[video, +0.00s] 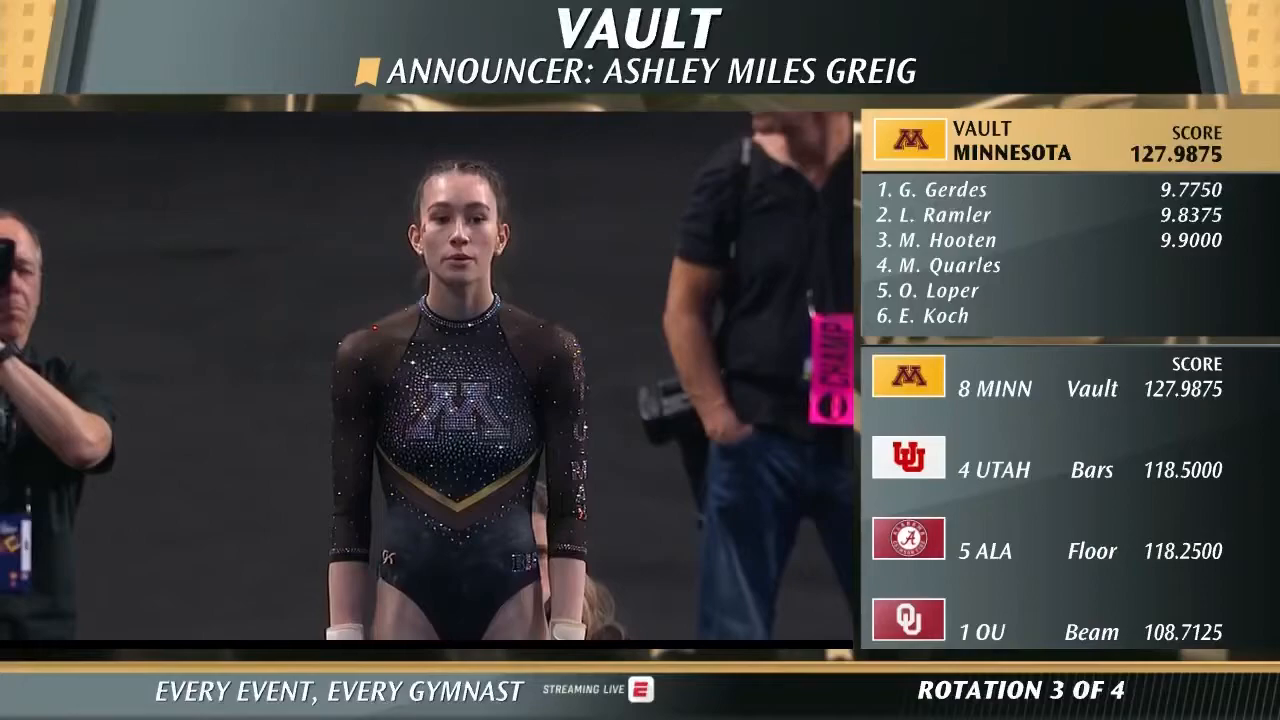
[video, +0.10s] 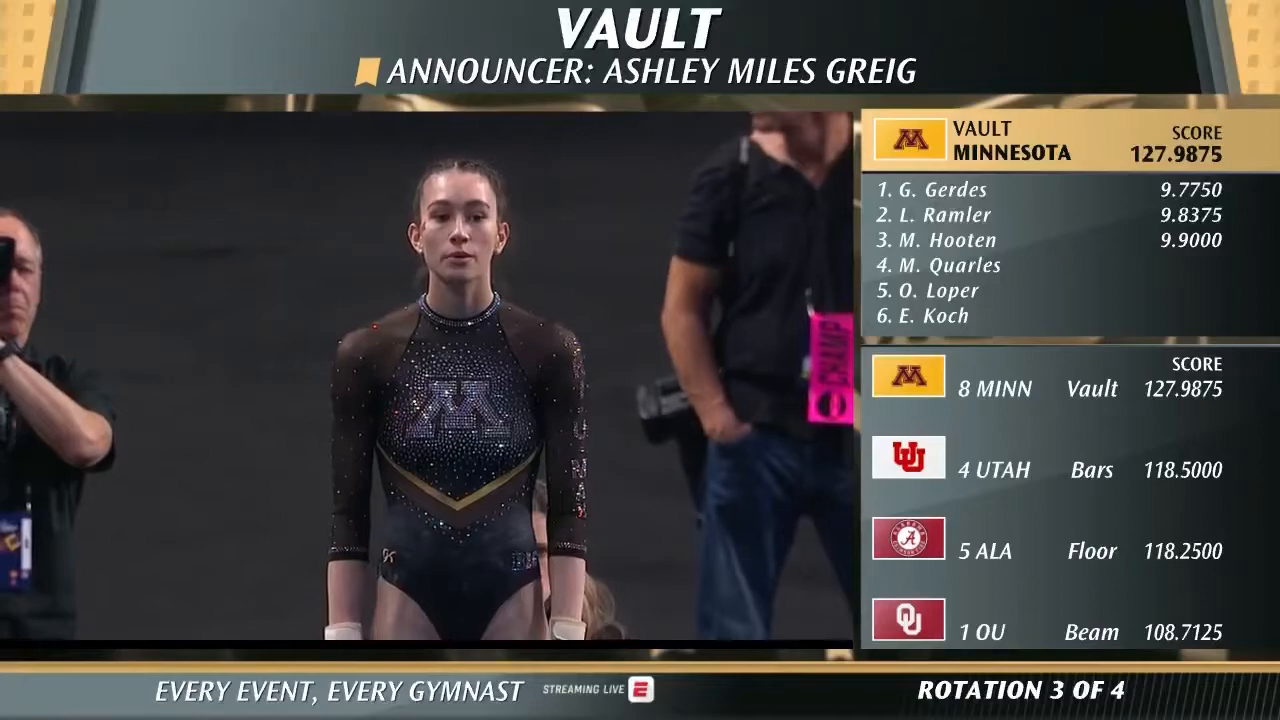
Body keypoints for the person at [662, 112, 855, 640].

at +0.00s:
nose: (753, 99)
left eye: (766, 86)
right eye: (751, 86)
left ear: (813, 90)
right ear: (757, 96)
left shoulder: (873, 169)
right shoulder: (733, 172)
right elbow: (683, 311)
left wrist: (889, 412)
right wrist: (722, 423)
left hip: (861, 442)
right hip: (755, 441)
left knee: (897, 631)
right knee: (735, 635)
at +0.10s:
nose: (754, 98)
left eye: (768, 85)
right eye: (753, 84)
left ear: (813, 90)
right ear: (756, 94)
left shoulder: (871, 168)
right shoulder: (731, 173)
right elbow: (681, 309)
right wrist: (721, 423)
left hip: (859, 440)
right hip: (754, 439)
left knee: (898, 629)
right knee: (734, 633)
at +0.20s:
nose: (750, 101)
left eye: (764, 87)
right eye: (749, 88)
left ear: (811, 91)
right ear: (751, 99)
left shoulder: (869, 172)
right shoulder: (727, 179)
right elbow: (676, 312)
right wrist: (717, 426)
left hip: (856, 443)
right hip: (750, 443)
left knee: (894, 632)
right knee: (730, 636)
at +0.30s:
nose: (749, 100)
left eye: (762, 88)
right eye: (748, 88)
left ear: (811, 91)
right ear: (752, 100)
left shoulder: (866, 172)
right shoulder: (722, 179)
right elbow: (673, 313)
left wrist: (882, 414)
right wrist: (716, 426)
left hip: (854, 444)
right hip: (749, 442)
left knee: (892, 632)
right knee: (729, 636)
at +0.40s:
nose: (748, 98)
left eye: (761, 85)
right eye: (746, 85)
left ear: (806, 87)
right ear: (747, 92)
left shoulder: (864, 167)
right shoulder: (720, 175)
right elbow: (669, 311)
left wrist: (882, 413)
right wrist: (713, 424)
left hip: (852, 442)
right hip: (746, 441)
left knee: (892, 632)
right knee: (727, 635)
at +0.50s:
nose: (749, 102)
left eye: (763, 88)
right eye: (745, 89)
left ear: (810, 89)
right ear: (747, 96)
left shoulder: (863, 169)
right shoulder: (719, 178)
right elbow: (667, 314)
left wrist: (879, 415)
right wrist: (713, 428)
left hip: (850, 444)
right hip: (745, 444)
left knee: (889, 632)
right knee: (726, 635)